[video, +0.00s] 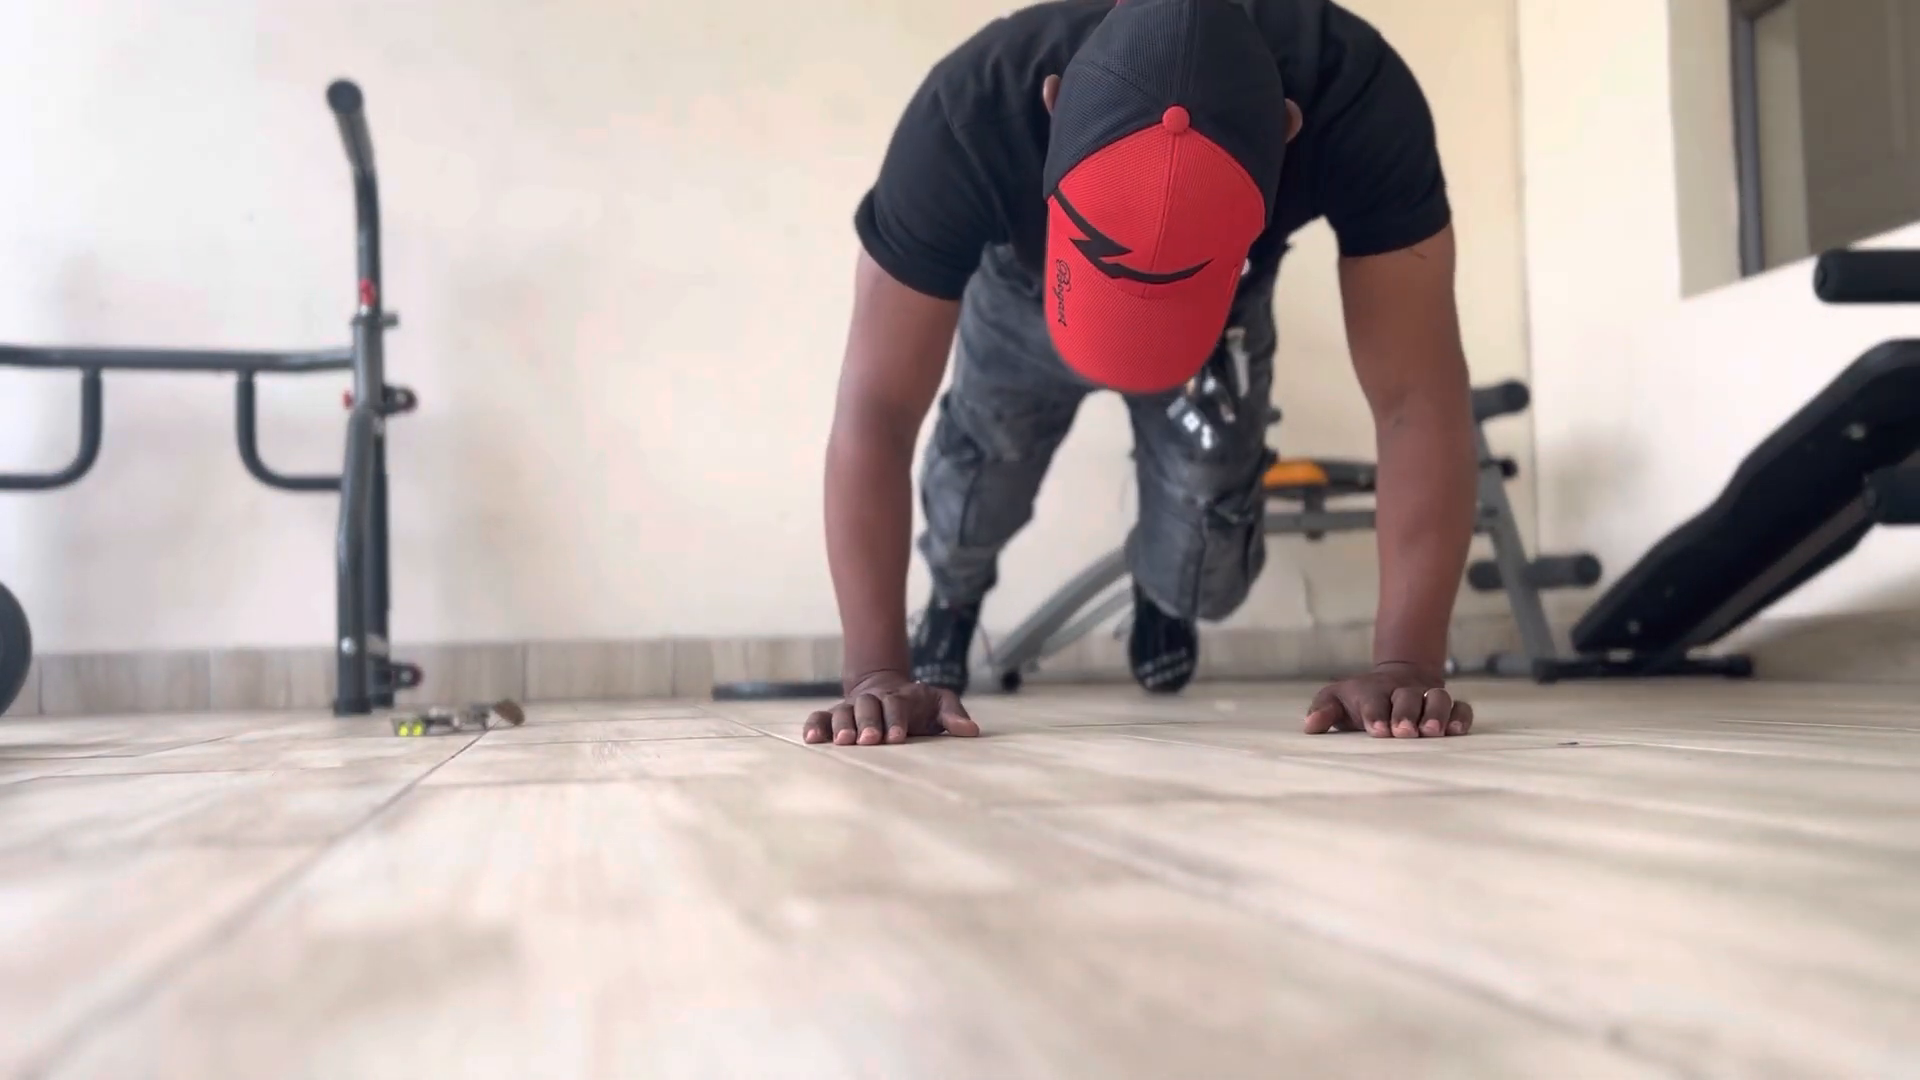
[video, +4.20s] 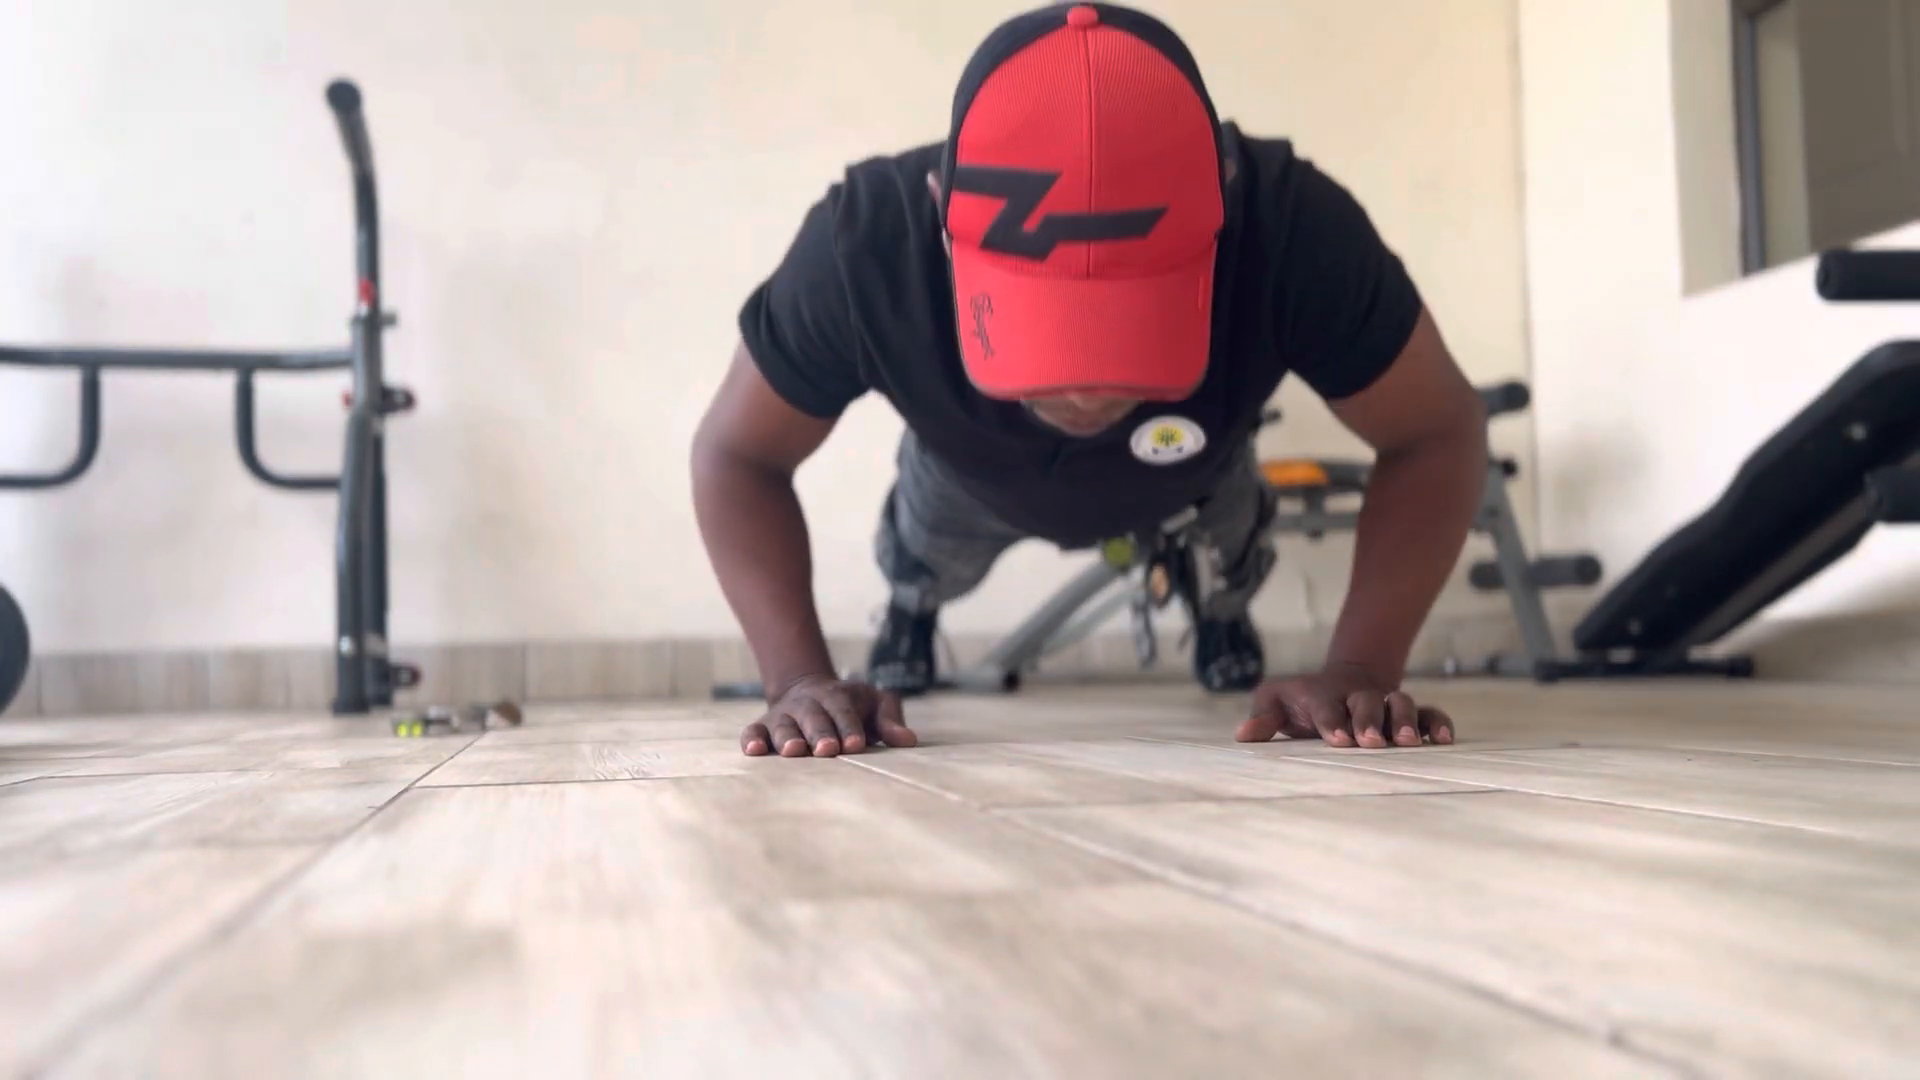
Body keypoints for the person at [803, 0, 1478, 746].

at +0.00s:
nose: (1132, 340)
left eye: (1173, 298)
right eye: (1097, 280)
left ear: (1286, 136)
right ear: (1055, 107)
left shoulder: (1369, 111)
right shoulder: (967, 121)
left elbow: (1418, 398)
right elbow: (872, 414)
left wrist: (1406, 663)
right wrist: (869, 673)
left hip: (1225, 280)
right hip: (1024, 261)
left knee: (1206, 574)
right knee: (983, 466)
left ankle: (1164, 590)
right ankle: (951, 602)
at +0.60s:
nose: (1142, 267)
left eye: (1174, 242)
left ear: (1254, 100)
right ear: (1033, 96)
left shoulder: (1339, 104)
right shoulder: (933, 115)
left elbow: (1420, 395)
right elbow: (863, 418)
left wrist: (1409, 663)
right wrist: (875, 674)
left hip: (1199, 347)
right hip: (1022, 348)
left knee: (1188, 534)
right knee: (1012, 541)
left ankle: (1159, 601)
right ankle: (1022, 605)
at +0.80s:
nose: (1127, 153)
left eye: (1162, 123)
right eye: (1089, 124)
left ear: (1214, 53)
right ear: (1017, 47)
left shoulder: (1304, 84)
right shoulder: (917, 100)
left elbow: (1401, 372)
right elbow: (872, 405)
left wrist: (1405, 643)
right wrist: (875, 672)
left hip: (1169, 331)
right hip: (994, 342)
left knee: (1179, 520)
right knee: (990, 538)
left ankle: (1164, 605)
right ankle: (1013, 600)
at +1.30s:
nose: (1188, 61)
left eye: (1241, 17)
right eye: (1146, 8)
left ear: (1309, 10)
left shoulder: (1396, 41)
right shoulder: (991, 46)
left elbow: (1450, 371)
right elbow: (882, 347)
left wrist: (1434, 664)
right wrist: (897, 595)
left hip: (1262, 335)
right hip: (1069, 317)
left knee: (1248, 517)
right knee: (1025, 483)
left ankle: (1215, 588)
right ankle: (1014, 602)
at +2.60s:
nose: (1068, 99)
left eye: (1117, 63)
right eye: (1029, 56)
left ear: (1196, 18)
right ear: (978, 18)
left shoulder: (1307, 57)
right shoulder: (902, 88)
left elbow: (1392, 380)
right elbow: (810, 403)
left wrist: (1359, 669)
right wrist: (808, 677)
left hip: (1216, 395)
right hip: (1016, 389)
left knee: (1235, 541)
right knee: (971, 531)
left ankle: (1224, 607)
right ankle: (958, 615)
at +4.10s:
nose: (1080, 228)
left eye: (1122, 187)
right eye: (1039, 187)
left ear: (1189, 110)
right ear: (963, 104)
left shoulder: (1284, 124)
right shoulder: (868, 138)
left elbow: (1430, 405)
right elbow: (761, 425)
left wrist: (1361, 668)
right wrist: (794, 679)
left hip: (1186, 418)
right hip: (974, 424)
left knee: (1221, 535)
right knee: (929, 542)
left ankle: (1219, 613)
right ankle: (917, 621)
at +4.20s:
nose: (1081, 401)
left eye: (1122, 369)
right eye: (1043, 371)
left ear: (1213, 235)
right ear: (961, 245)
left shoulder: (1294, 230)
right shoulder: (871, 241)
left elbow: (1439, 432)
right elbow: (738, 456)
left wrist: (1361, 670)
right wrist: (795, 679)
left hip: (1191, 473)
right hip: (974, 478)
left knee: (1228, 550)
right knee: (930, 564)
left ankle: (1221, 614)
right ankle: (914, 616)